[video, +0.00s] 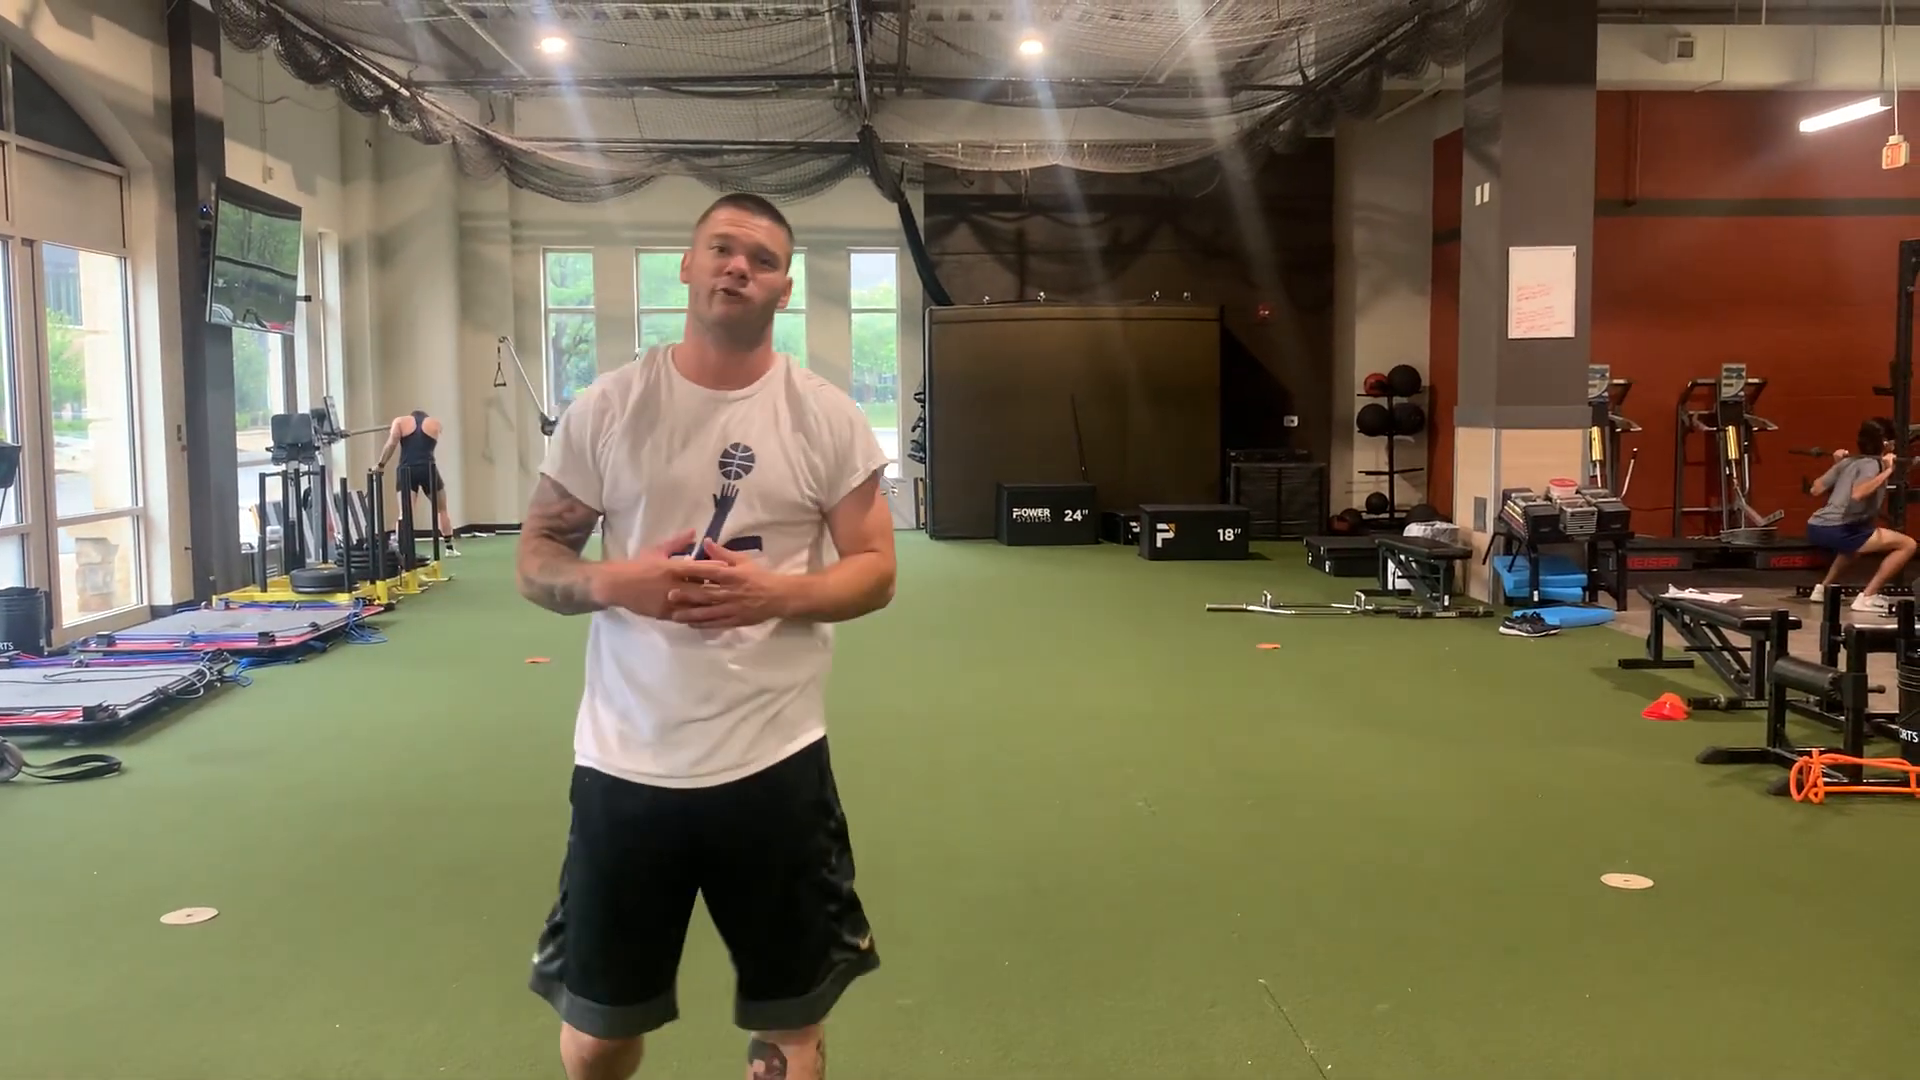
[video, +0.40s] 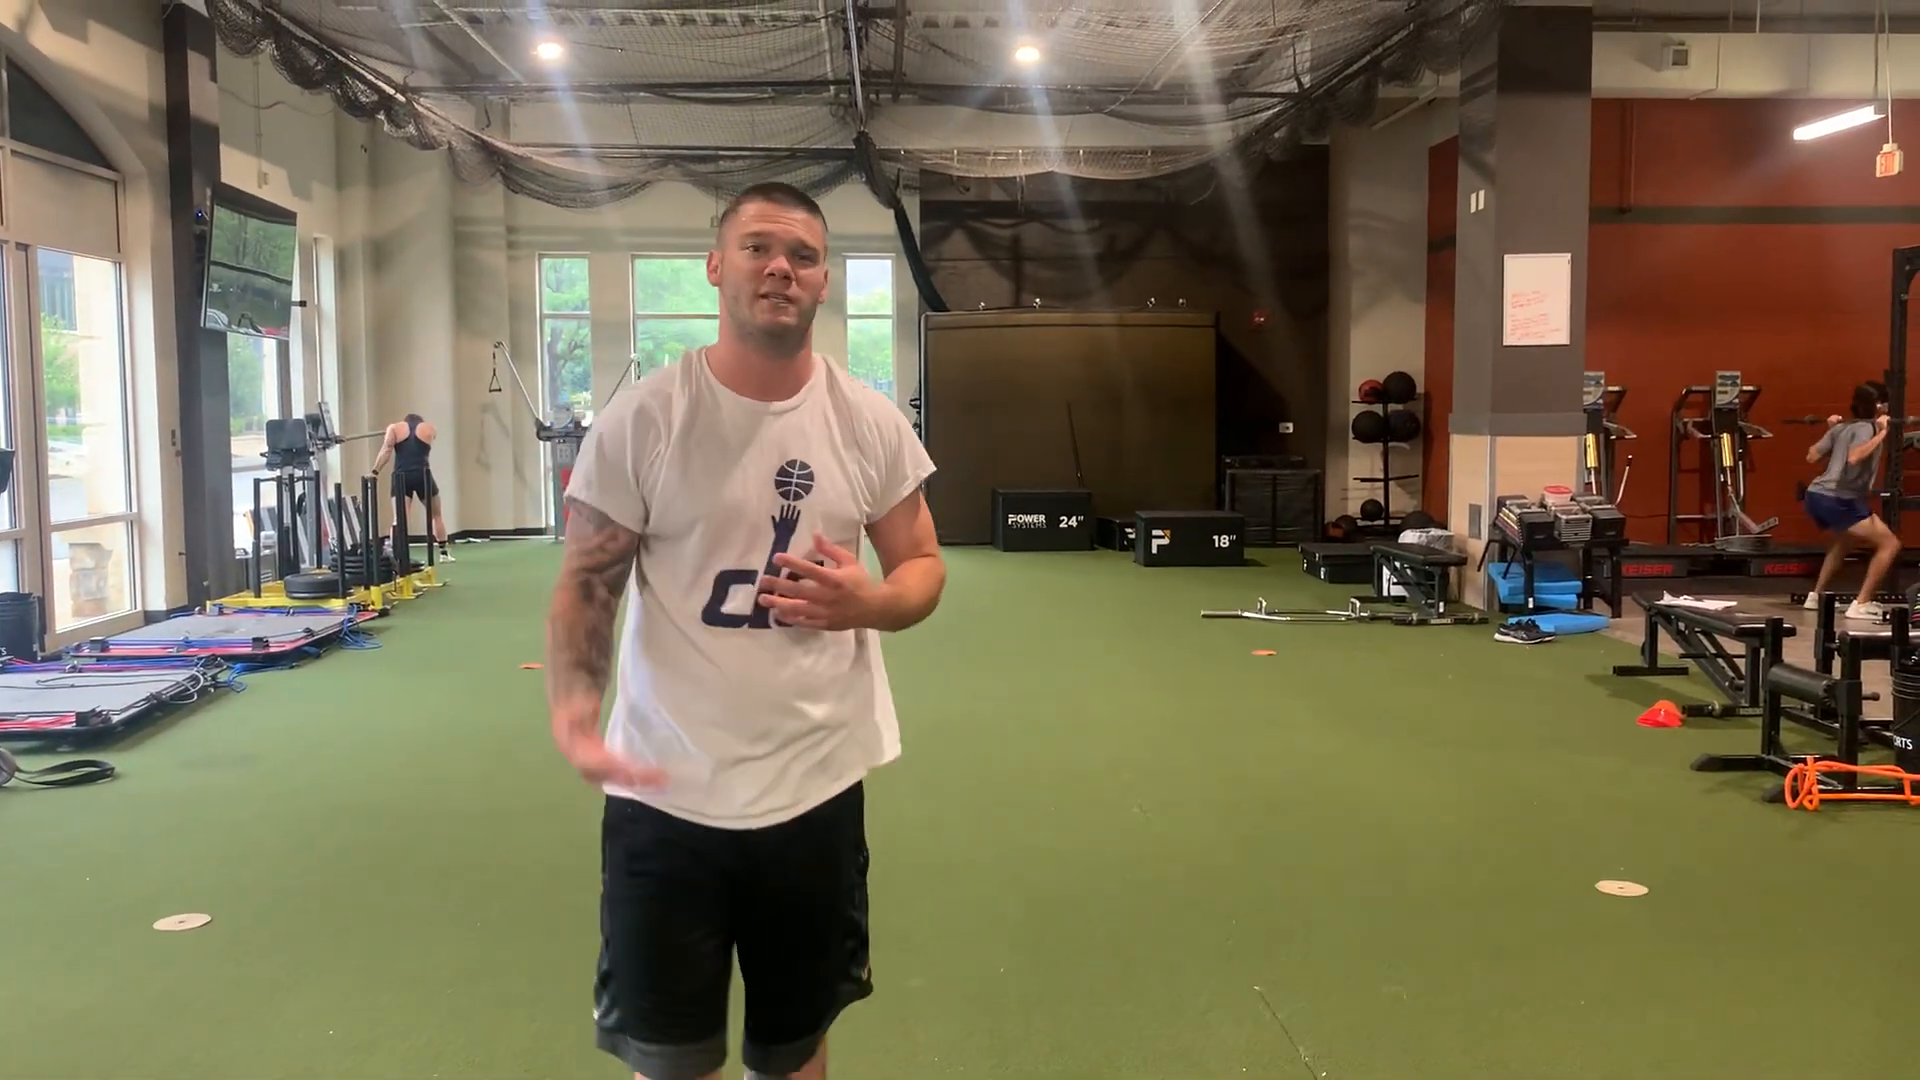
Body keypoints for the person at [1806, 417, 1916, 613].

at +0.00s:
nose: (1893, 445)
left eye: (1893, 440)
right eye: (1892, 440)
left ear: (1863, 442)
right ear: (1883, 444)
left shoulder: (1848, 462)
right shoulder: (1871, 464)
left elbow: (1816, 489)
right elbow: (1857, 494)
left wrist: (1837, 465)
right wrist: (1887, 470)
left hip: (1816, 528)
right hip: (1841, 533)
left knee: (1857, 544)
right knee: (1908, 545)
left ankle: (1823, 588)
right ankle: (1868, 597)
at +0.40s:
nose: (1886, 409)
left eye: (1886, 404)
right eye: (1884, 404)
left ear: (1857, 405)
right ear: (1874, 406)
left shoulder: (1841, 428)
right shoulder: (1867, 428)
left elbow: (1812, 455)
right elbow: (1854, 457)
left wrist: (1830, 429)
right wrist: (1882, 432)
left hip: (1816, 496)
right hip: (1838, 502)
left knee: (1843, 540)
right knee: (1890, 544)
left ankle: (1815, 596)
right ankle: (1861, 604)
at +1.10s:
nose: (1880, 445)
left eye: (1880, 440)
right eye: (1878, 440)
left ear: (1850, 441)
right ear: (1871, 442)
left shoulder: (1836, 463)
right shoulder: (1861, 463)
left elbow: (1808, 492)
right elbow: (1848, 492)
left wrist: (1827, 465)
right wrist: (1877, 468)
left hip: (1811, 529)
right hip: (1833, 533)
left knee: (1846, 563)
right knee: (1897, 560)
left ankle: (1814, 605)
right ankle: (1860, 614)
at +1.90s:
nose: (1883, 404)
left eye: (1883, 400)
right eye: (1881, 399)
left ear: (1852, 400)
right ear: (1871, 401)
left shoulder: (1837, 424)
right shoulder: (1862, 423)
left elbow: (1808, 452)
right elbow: (1850, 452)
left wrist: (1826, 424)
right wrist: (1877, 427)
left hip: (1812, 495)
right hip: (1836, 500)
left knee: (1828, 553)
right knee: (1869, 556)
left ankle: (1811, 612)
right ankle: (1857, 620)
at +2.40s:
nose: (1884, 442)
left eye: (1884, 437)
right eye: (1882, 437)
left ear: (1853, 440)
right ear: (1873, 441)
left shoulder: (1839, 461)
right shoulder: (1862, 463)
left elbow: (1808, 489)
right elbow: (1848, 492)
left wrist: (1827, 464)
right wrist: (1877, 469)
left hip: (1811, 529)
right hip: (1834, 533)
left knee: (1847, 563)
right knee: (1896, 564)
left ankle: (1816, 611)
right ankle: (1862, 620)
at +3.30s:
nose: (1888, 403)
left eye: (1888, 398)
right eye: (1885, 398)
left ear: (1858, 400)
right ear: (1875, 401)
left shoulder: (1844, 424)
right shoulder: (1867, 424)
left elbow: (1815, 452)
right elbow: (1855, 452)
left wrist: (1833, 425)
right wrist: (1882, 429)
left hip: (1823, 495)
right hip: (1843, 500)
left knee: (1833, 557)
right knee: (1873, 558)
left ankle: (1818, 614)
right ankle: (1863, 622)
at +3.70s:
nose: (1885, 434)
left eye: (1885, 430)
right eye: (1883, 429)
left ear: (1855, 430)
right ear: (1876, 432)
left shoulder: (1843, 453)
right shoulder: (1866, 454)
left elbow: (1813, 482)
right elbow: (1852, 481)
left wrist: (1831, 455)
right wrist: (1881, 459)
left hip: (1817, 522)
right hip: (1839, 527)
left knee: (1844, 565)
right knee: (1895, 565)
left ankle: (1818, 615)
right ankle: (1864, 623)